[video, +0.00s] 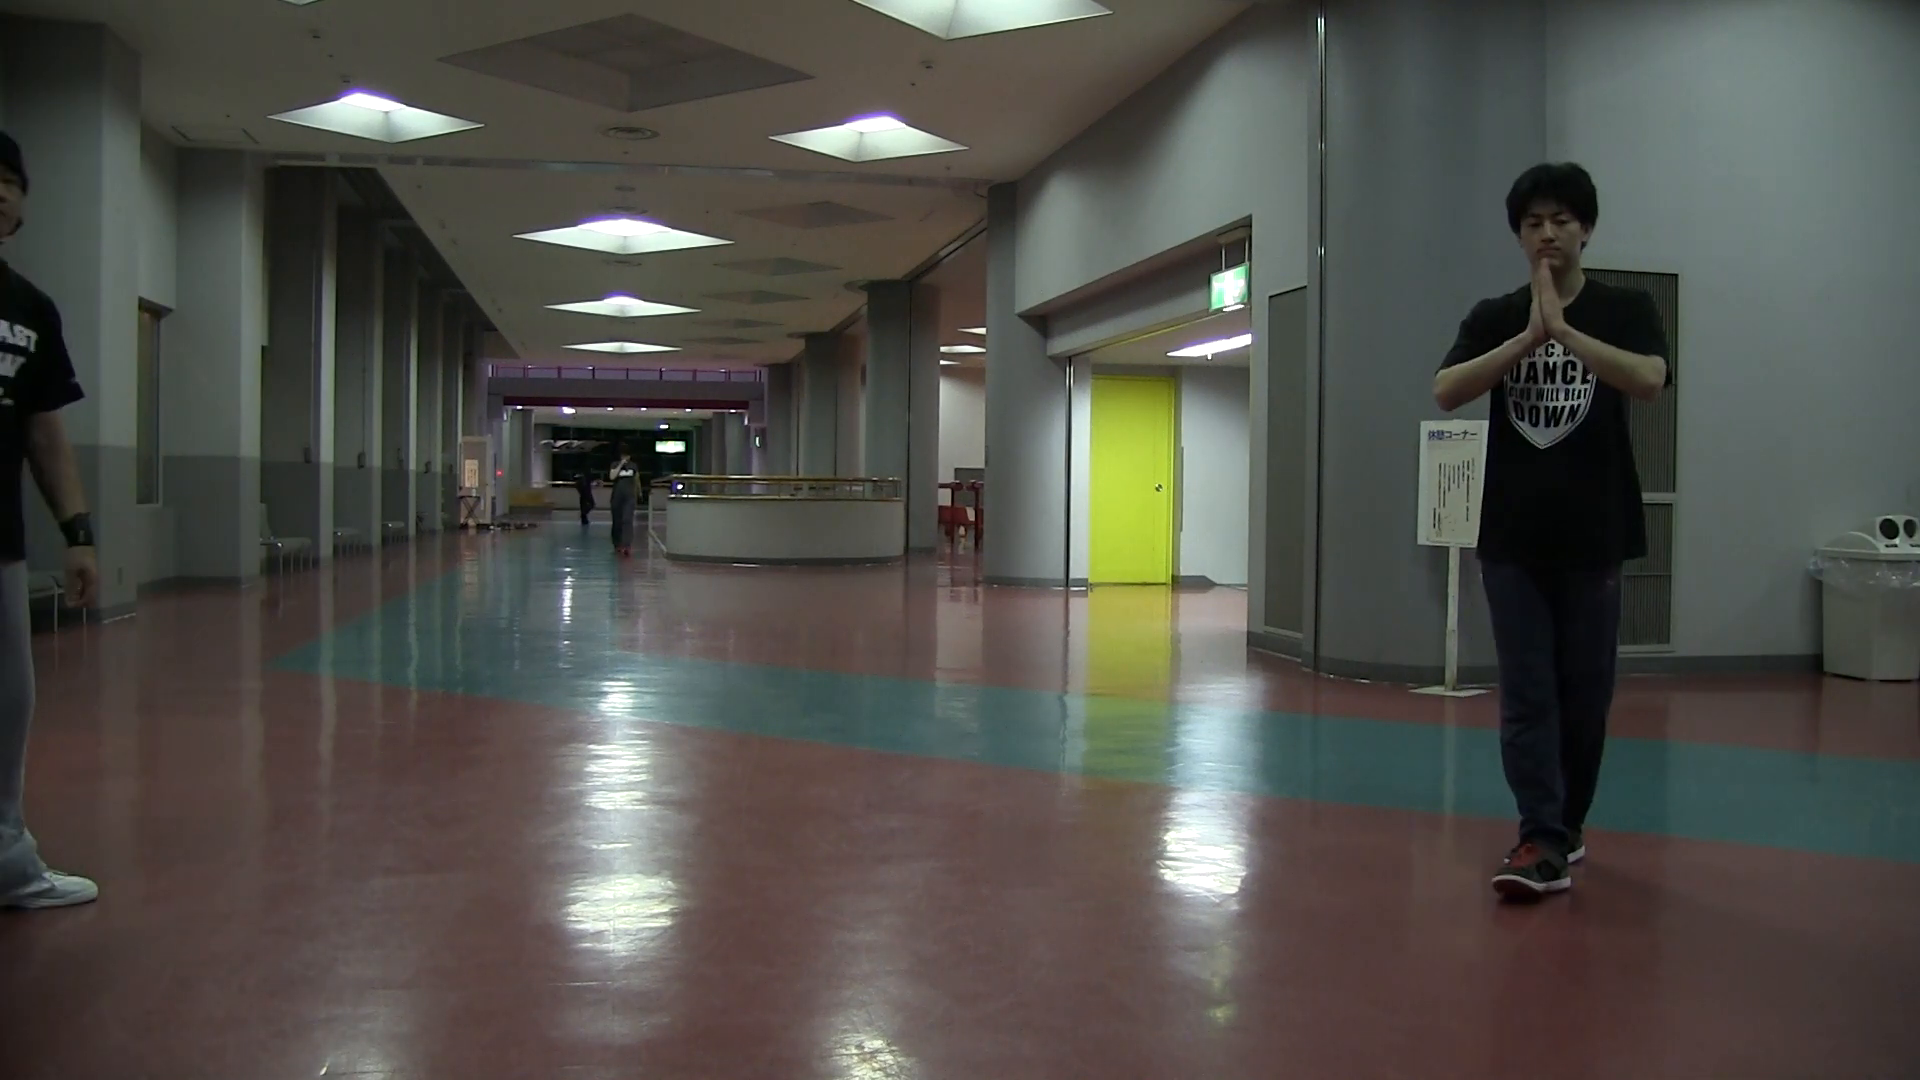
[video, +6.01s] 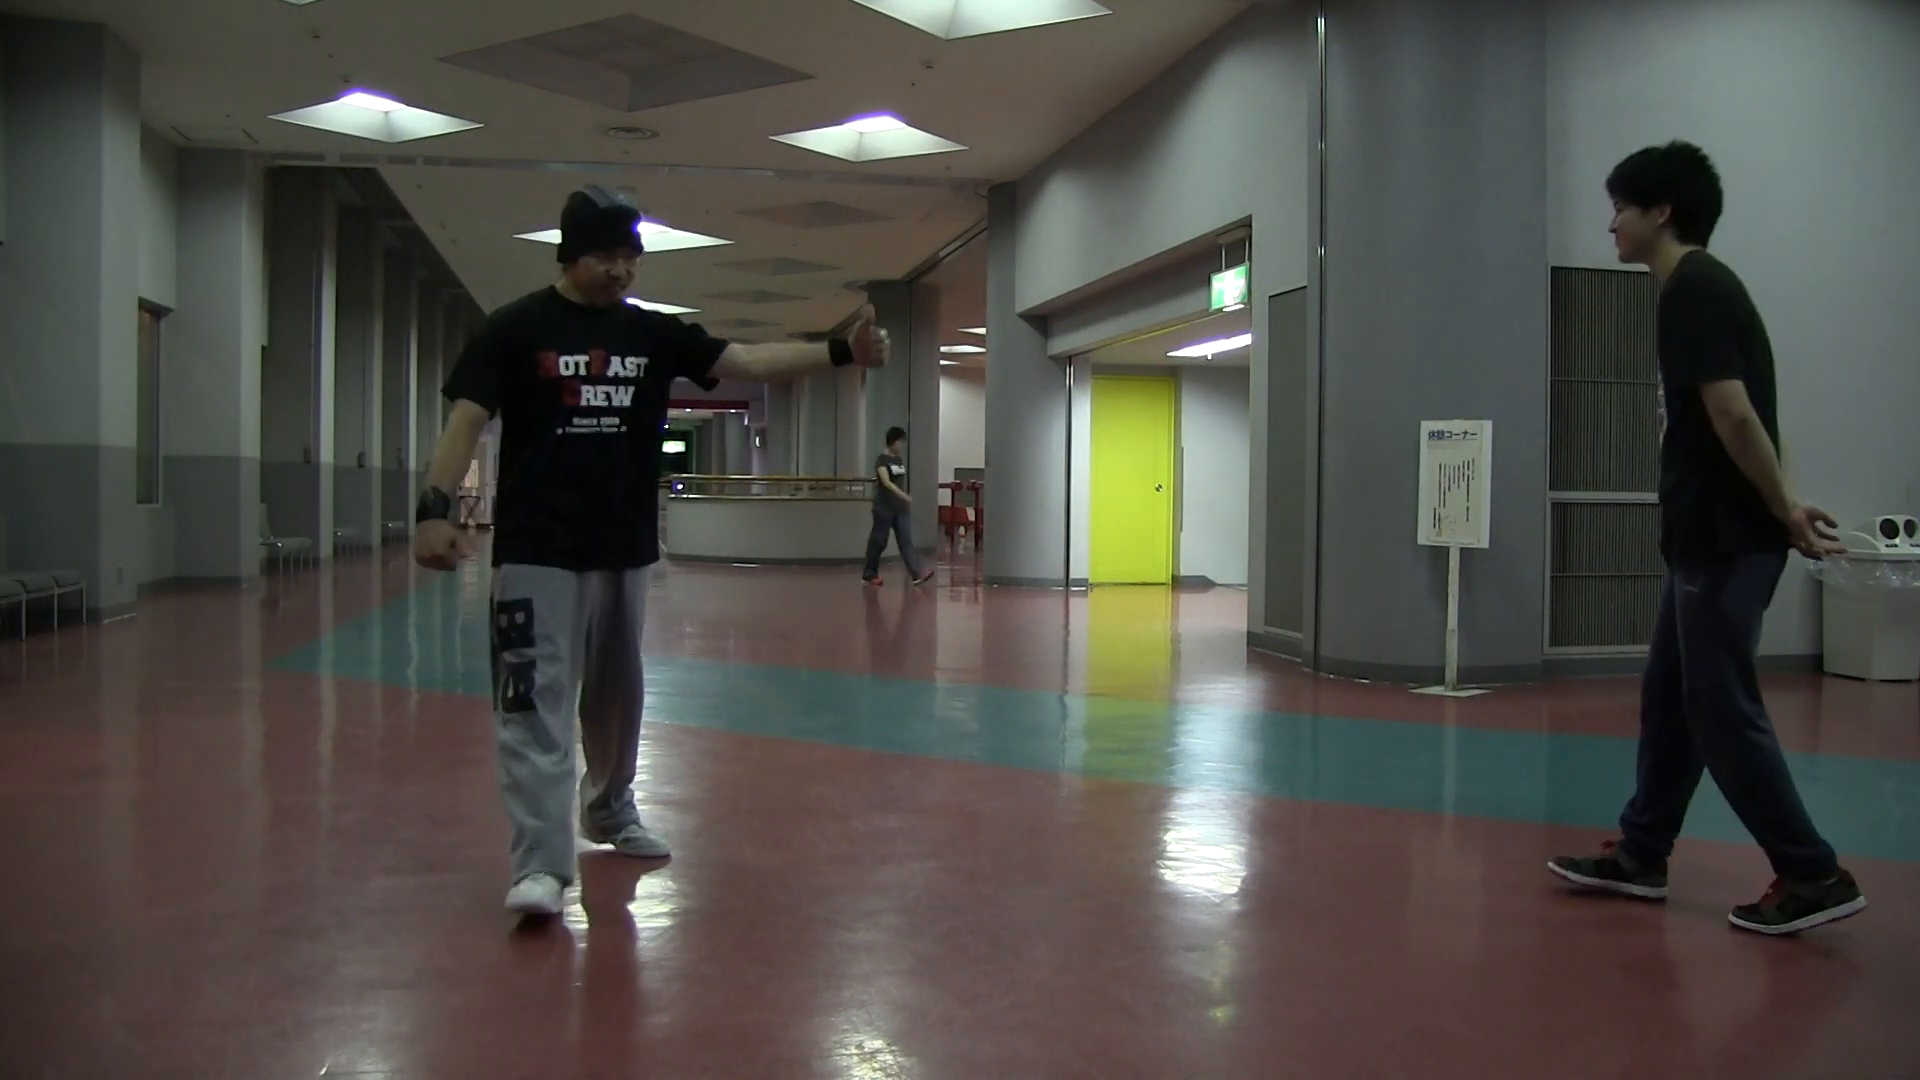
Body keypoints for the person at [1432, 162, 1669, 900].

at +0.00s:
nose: (1548, 235)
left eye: (1562, 222)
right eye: (1534, 223)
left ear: (1587, 230)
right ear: (1518, 234)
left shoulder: (1625, 309)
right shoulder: (1492, 316)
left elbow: (1650, 379)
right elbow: (1447, 389)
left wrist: (1563, 331)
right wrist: (1527, 339)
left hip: (1595, 531)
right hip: (1512, 531)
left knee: (1584, 687)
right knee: (1527, 687)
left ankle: (1564, 834)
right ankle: (1539, 842)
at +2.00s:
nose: (1609, 229)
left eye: (1622, 215)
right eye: (1607, 216)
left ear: (1667, 220)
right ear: (1622, 226)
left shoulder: (1713, 295)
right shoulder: (1619, 326)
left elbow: (1685, 392)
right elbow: (1595, 422)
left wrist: (1589, 386)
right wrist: (1565, 391)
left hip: (1699, 527)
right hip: (1630, 526)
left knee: (1687, 687)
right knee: (1593, 678)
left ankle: (1709, 847)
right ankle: (1580, 827)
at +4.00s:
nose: (1614, 272)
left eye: (1626, 258)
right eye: (1604, 258)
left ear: (1661, 246)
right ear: (1598, 253)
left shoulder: (1726, 312)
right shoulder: (1592, 326)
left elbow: (1731, 429)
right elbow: (1582, 436)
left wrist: (1698, 531)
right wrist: (1599, 530)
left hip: (1695, 532)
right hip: (1614, 529)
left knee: (1690, 686)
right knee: (1598, 678)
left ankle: (1674, 834)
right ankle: (1629, 765)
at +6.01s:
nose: (1612, 223)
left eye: (1621, 209)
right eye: (1613, 209)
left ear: (1661, 213)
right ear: (1672, 215)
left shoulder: (1690, 292)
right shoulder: (1710, 288)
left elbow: (1732, 415)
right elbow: (1755, 416)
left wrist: (1785, 511)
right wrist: (1791, 507)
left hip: (1722, 548)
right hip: (1711, 544)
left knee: (1721, 711)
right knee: (1669, 698)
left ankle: (1813, 876)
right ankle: (1640, 857)